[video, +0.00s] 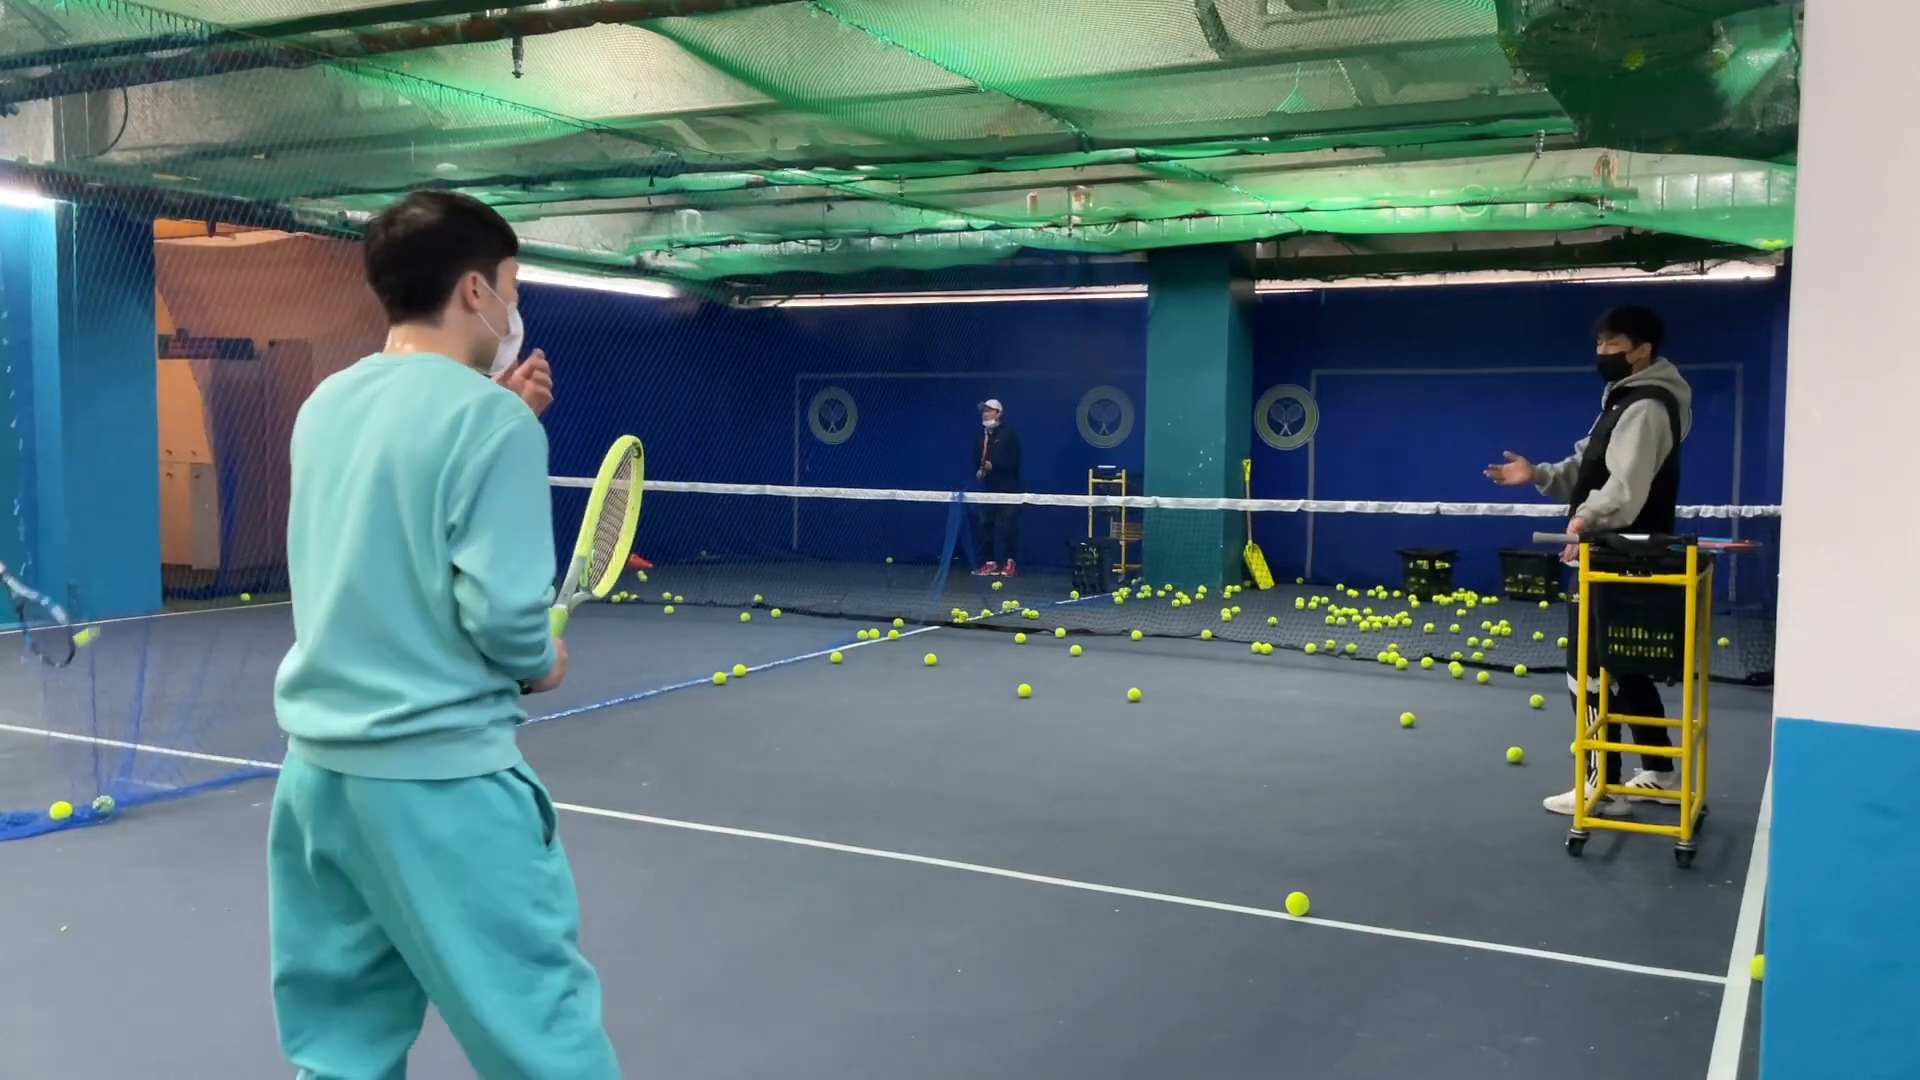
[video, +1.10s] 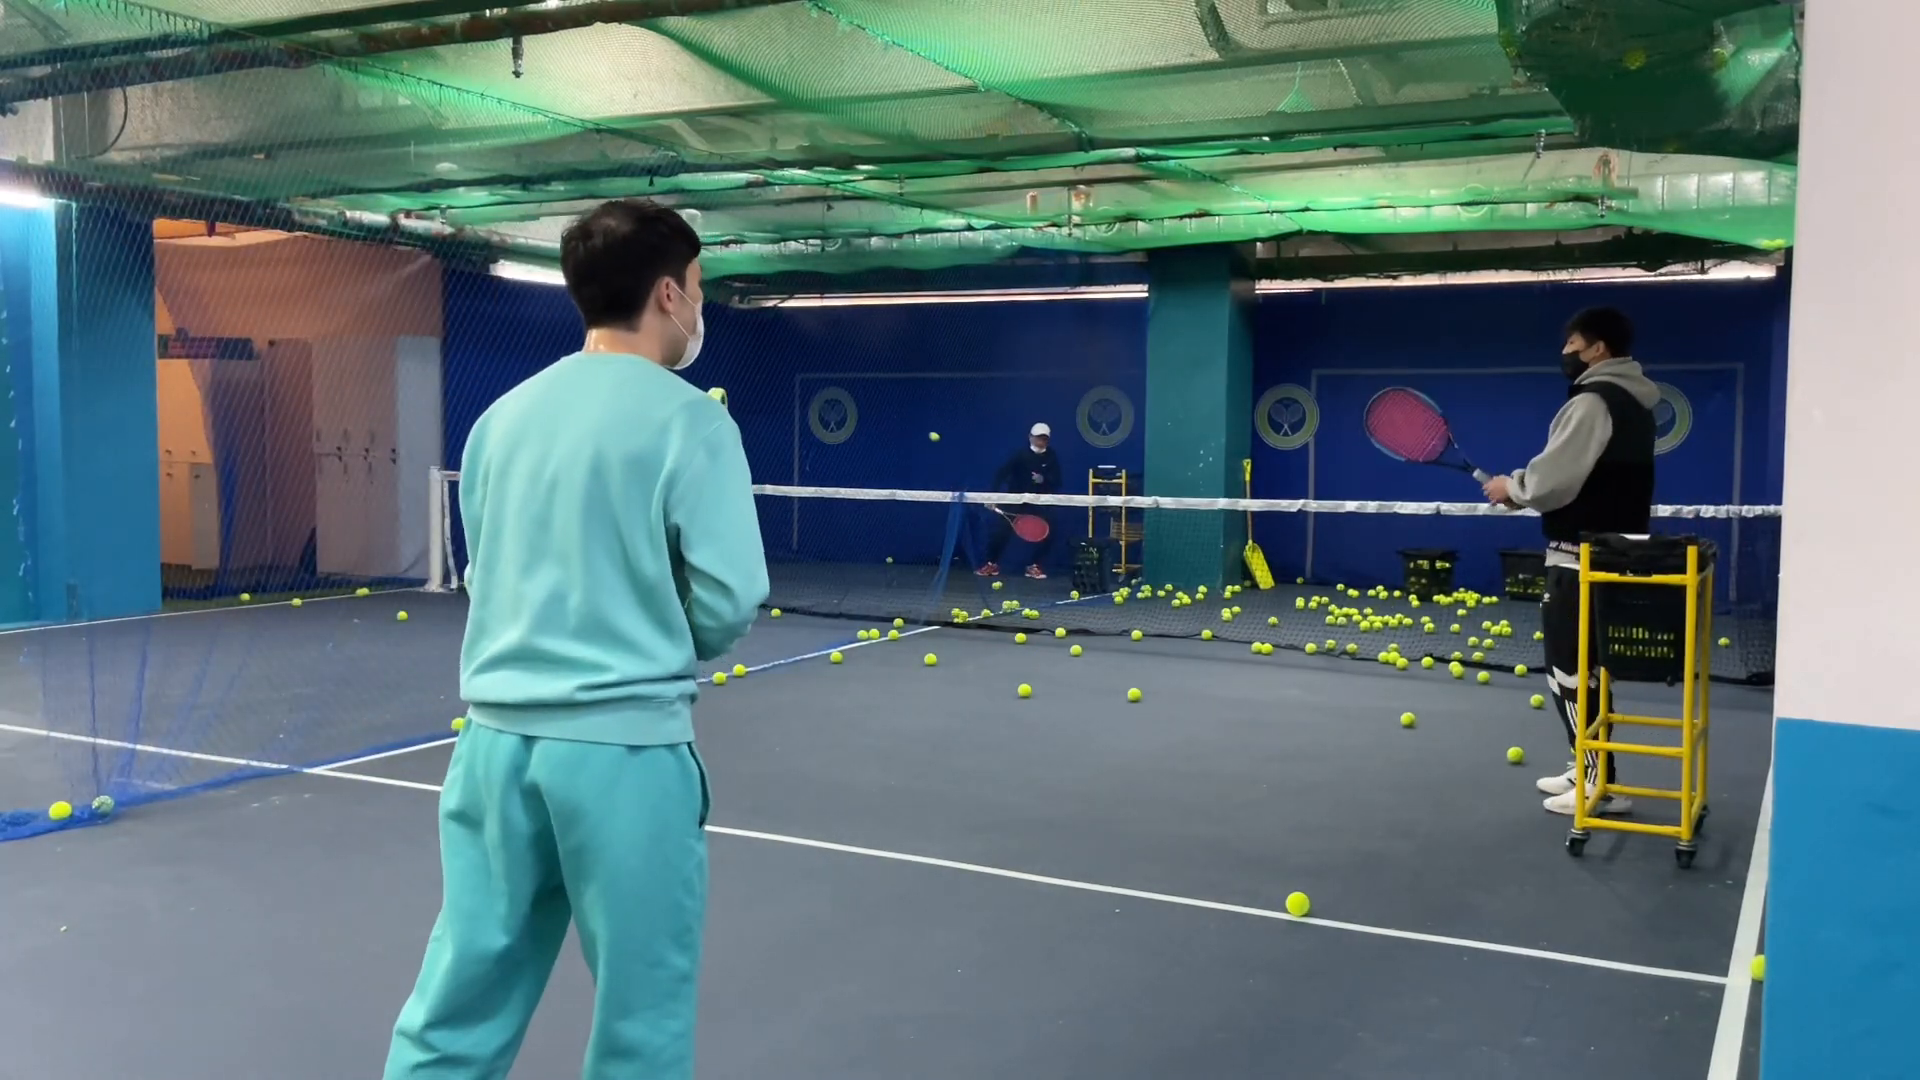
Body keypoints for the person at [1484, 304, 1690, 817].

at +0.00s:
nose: (1602, 350)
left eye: (1613, 341)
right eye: (1600, 342)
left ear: (1643, 348)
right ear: (1618, 351)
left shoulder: (1646, 407)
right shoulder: (1624, 399)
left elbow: (1626, 487)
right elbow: (1587, 469)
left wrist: (1583, 519)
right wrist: (1536, 474)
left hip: (1621, 555)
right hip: (1617, 551)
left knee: (1590, 671)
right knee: (1628, 664)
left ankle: (1601, 781)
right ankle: (1658, 770)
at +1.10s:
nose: (1566, 354)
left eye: (1572, 345)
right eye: (1567, 346)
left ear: (1599, 347)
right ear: (1609, 348)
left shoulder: (1592, 402)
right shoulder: (1631, 400)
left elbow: (1556, 475)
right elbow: (1585, 475)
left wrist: (1512, 488)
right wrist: (1521, 486)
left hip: (1578, 558)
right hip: (1609, 554)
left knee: (1570, 676)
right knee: (1583, 668)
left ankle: (1597, 784)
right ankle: (1586, 769)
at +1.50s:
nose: (1543, 358)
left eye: (1550, 349)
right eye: (1543, 350)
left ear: (1579, 348)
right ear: (1583, 351)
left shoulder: (1577, 403)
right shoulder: (1606, 399)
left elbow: (1546, 475)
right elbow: (1566, 479)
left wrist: (1492, 492)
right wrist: (1507, 497)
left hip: (1566, 556)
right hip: (1598, 554)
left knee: (1532, 664)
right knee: (1579, 665)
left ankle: (1526, 779)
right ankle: (1590, 771)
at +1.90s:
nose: (1503, 361)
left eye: (1507, 352)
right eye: (1503, 353)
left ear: (1530, 352)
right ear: (1538, 353)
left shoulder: (1553, 407)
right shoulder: (1544, 404)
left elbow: (1512, 471)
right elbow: (1509, 484)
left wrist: (1443, 473)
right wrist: (1449, 491)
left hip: (1536, 561)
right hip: (1547, 561)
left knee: (1501, 675)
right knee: (1548, 667)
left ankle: (1500, 785)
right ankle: (1586, 767)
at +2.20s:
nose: (1466, 365)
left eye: (1469, 356)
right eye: (1466, 358)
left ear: (1489, 355)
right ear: (1494, 356)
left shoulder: (1533, 403)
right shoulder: (1494, 408)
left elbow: (1497, 465)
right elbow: (1469, 479)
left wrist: (1431, 459)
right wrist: (1421, 476)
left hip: (1526, 559)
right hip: (1500, 557)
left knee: (1494, 670)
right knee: (1486, 663)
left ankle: (1501, 785)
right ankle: (1532, 757)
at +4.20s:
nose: (1430, 374)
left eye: (1436, 364)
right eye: (1425, 367)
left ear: (1466, 356)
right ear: (1437, 369)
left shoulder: (1498, 400)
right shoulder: (1454, 407)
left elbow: (1492, 478)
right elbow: (1431, 472)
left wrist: (1456, 532)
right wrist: (1431, 525)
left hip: (1506, 557)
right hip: (1476, 557)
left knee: (1485, 673)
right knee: (1470, 667)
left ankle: (1501, 786)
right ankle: (1482, 760)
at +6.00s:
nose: (1439, 355)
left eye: (1449, 346)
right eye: (1435, 349)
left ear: (1479, 350)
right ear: (1437, 358)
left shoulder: (1494, 399)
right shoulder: (1458, 401)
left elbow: (1484, 476)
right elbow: (1433, 469)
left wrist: (1444, 530)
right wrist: (1425, 521)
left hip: (1497, 558)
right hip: (1469, 557)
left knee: (1485, 673)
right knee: (1470, 668)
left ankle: (1501, 785)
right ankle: (1481, 761)